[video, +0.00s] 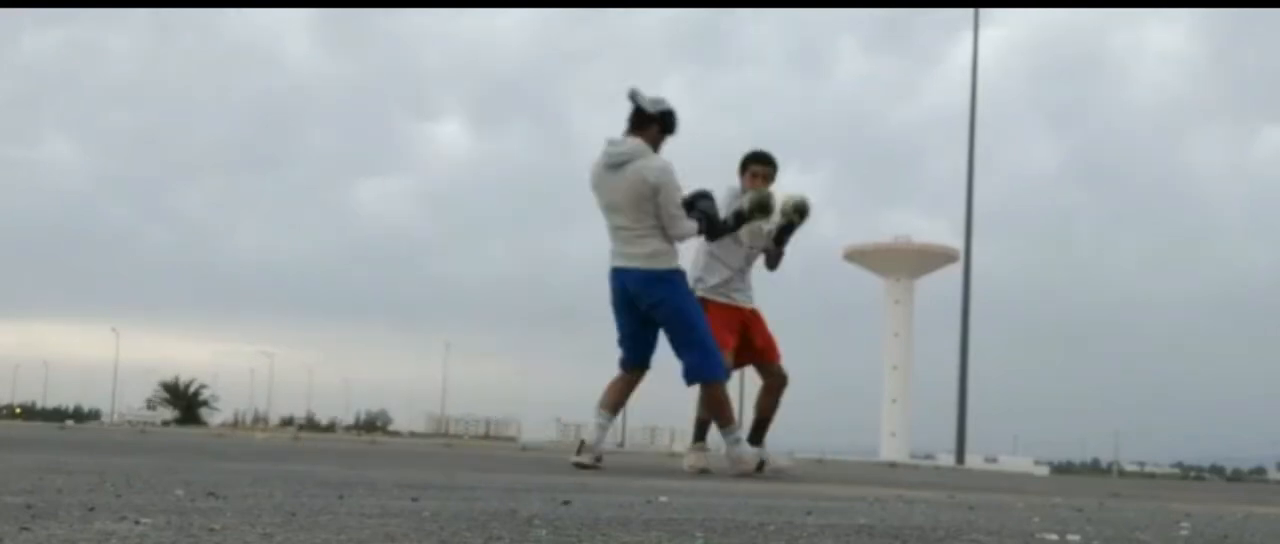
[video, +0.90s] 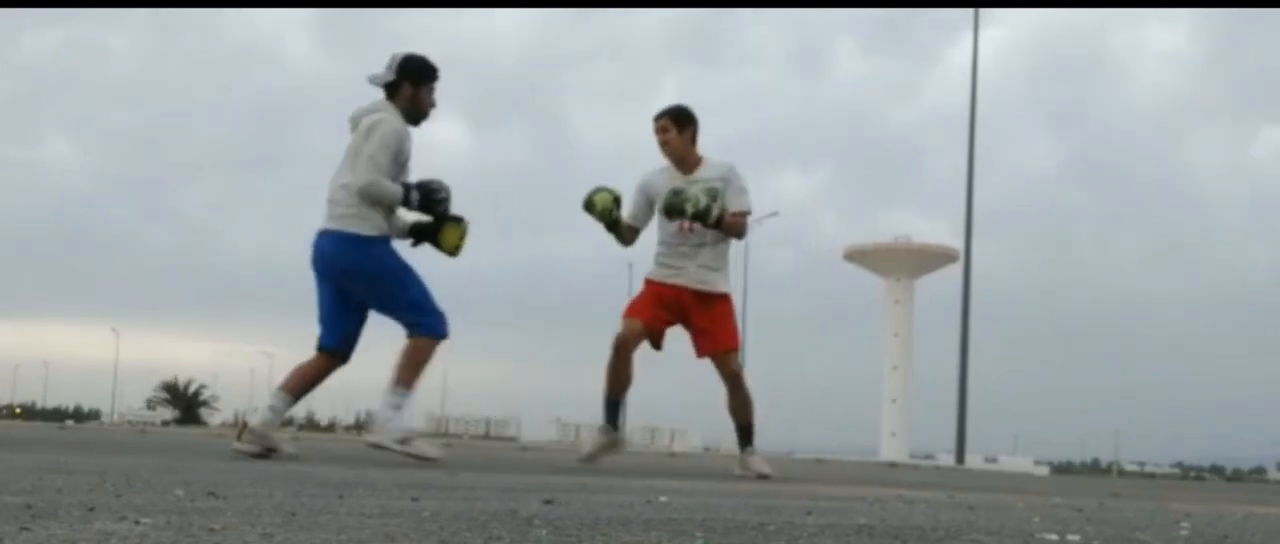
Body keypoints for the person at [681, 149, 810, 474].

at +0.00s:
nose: (759, 183)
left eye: (765, 178)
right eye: (754, 176)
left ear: (773, 183)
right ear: (741, 176)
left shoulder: (770, 212)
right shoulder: (728, 199)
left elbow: (771, 263)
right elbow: (712, 234)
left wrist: (785, 230)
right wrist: (745, 215)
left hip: (743, 300)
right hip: (712, 295)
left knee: (776, 377)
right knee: (718, 369)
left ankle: (754, 448)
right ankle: (698, 445)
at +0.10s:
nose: (756, 175)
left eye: (762, 168)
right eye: (750, 169)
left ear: (772, 171)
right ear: (743, 171)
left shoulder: (777, 204)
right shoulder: (734, 197)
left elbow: (789, 204)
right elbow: (742, 214)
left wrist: (781, 172)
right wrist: (760, 188)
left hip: (761, 300)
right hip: (725, 297)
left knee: (794, 380)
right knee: (716, 366)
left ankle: (780, 443)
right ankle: (698, 439)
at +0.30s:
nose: (777, 183)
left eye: (783, 177)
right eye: (773, 176)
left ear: (794, 179)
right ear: (764, 177)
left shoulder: (801, 211)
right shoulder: (752, 209)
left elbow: (816, 226)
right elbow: (729, 260)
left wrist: (802, 196)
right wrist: (755, 244)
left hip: (790, 310)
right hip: (750, 308)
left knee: (822, 383)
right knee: (738, 368)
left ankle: (824, 456)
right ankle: (706, 444)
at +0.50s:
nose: (754, 169)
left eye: (760, 162)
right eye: (750, 164)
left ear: (779, 165)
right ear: (748, 169)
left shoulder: (808, 209)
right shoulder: (737, 208)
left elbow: (811, 262)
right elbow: (715, 248)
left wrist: (787, 252)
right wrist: (697, 257)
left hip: (790, 312)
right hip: (746, 309)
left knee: (816, 385)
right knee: (726, 362)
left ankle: (825, 457)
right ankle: (710, 448)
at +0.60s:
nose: (731, 154)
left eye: (737, 147)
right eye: (727, 149)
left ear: (757, 149)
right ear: (726, 154)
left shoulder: (786, 189)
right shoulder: (717, 191)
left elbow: (795, 239)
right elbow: (684, 232)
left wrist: (763, 216)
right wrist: (668, 226)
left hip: (773, 298)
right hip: (730, 296)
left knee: (796, 372)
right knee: (716, 361)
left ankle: (822, 449)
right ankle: (709, 449)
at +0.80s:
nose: (686, 134)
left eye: (692, 125)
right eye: (683, 128)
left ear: (714, 126)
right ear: (685, 132)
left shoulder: (747, 166)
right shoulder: (676, 170)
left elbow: (761, 217)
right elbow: (645, 220)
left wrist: (727, 205)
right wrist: (627, 207)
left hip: (731, 281)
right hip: (686, 278)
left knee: (751, 360)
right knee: (664, 342)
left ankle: (760, 447)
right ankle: (678, 429)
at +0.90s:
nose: (660, 141)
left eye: (665, 132)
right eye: (657, 134)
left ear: (688, 132)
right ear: (659, 139)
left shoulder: (725, 175)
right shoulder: (655, 181)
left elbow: (739, 229)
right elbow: (628, 237)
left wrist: (709, 215)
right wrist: (610, 218)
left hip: (710, 291)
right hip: (663, 285)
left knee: (732, 371)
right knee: (624, 340)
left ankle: (748, 452)